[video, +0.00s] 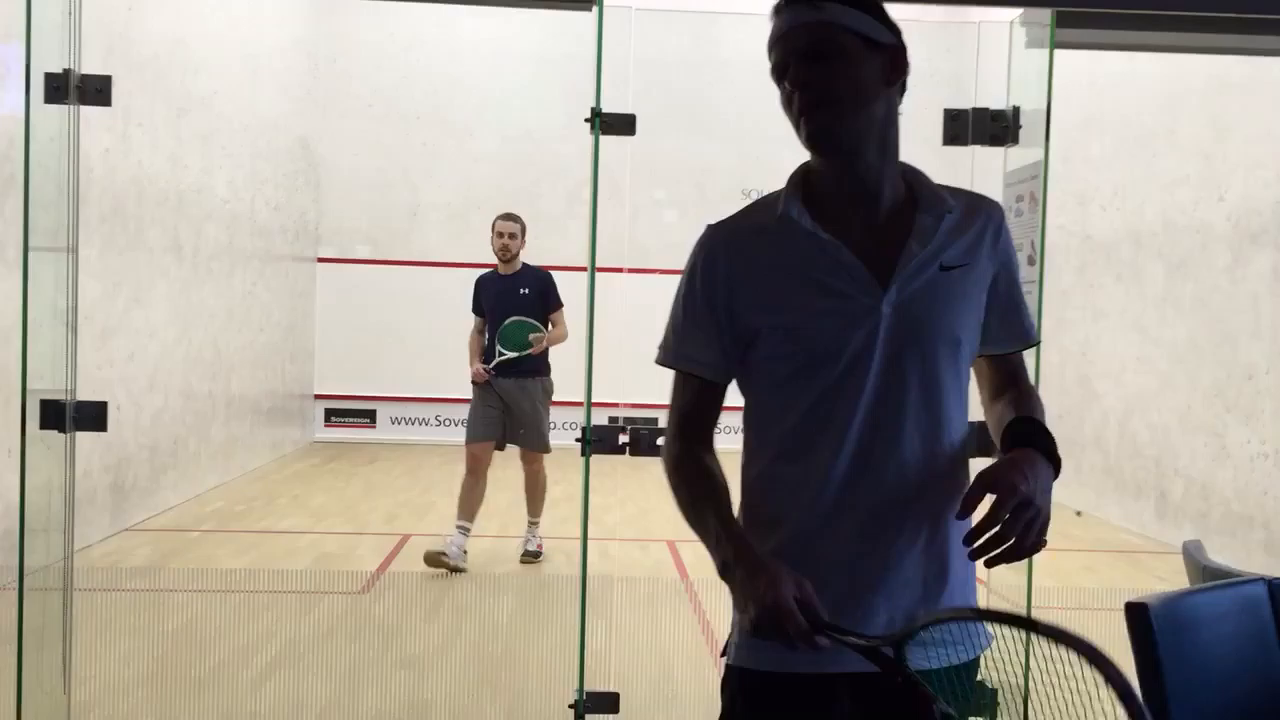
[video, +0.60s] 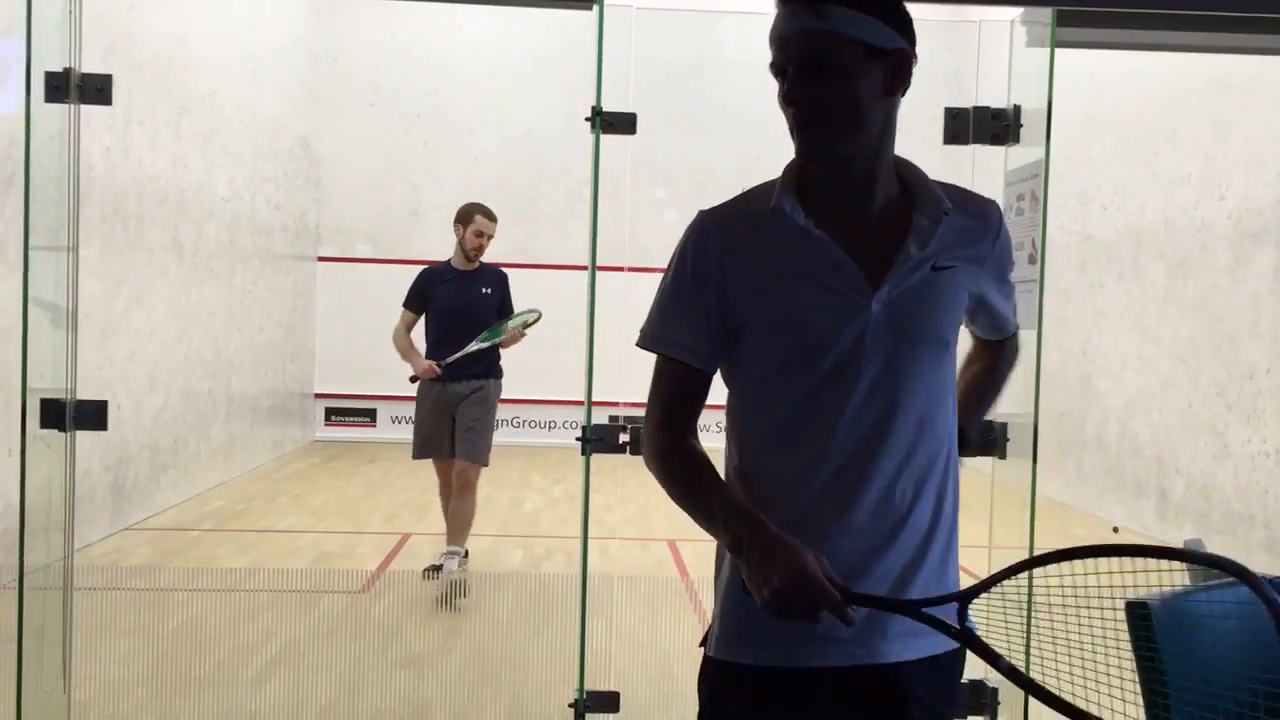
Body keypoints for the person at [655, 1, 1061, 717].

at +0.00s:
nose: (796, 89)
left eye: (818, 60)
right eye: (781, 74)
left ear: (893, 67)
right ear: (776, 94)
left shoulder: (975, 230)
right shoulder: (733, 251)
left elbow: (1004, 382)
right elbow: (686, 440)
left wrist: (1031, 456)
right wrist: (740, 565)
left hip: (935, 644)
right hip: (785, 645)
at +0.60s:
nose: (795, 93)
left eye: (823, 69)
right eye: (784, 72)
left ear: (898, 74)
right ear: (772, 78)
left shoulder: (972, 231)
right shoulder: (723, 241)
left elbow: (997, 339)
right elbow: (665, 434)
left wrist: (946, 435)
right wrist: (754, 542)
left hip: (915, 642)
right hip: (765, 645)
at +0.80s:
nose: (795, 90)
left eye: (824, 67)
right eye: (786, 67)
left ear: (900, 74)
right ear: (773, 76)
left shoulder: (959, 229)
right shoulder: (714, 236)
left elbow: (932, 372)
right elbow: (658, 430)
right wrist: (758, 541)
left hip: (906, 638)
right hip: (757, 644)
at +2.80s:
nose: (895, 89)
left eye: (908, 68)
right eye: (868, 64)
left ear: (919, 80)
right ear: (799, 70)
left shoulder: (919, 225)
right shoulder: (701, 233)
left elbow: (876, 393)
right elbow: (621, 428)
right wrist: (749, 547)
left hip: (892, 633)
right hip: (750, 644)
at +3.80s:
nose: (937, 109)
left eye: (933, 83)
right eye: (915, 81)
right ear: (832, 76)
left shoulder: (888, 223)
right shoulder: (697, 235)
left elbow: (849, 408)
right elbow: (640, 451)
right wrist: (819, 554)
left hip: (878, 645)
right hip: (747, 655)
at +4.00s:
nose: (934, 114)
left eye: (932, 87)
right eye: (919, 84)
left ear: (852, 86)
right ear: (845, 81)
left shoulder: (876, 225)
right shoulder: (702, 235)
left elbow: (849, 418)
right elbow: (706, 464)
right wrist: (908, 520)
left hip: (872, 632)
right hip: (747, 651)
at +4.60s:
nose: (904, 107)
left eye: (898, 79)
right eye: (886, 76)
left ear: (819, 79)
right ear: (814, 75)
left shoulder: (825, 223)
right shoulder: (674, 227)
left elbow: (790, 419)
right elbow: (688, 465)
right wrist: (884, 492)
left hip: (828, 623)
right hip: (712, 648)